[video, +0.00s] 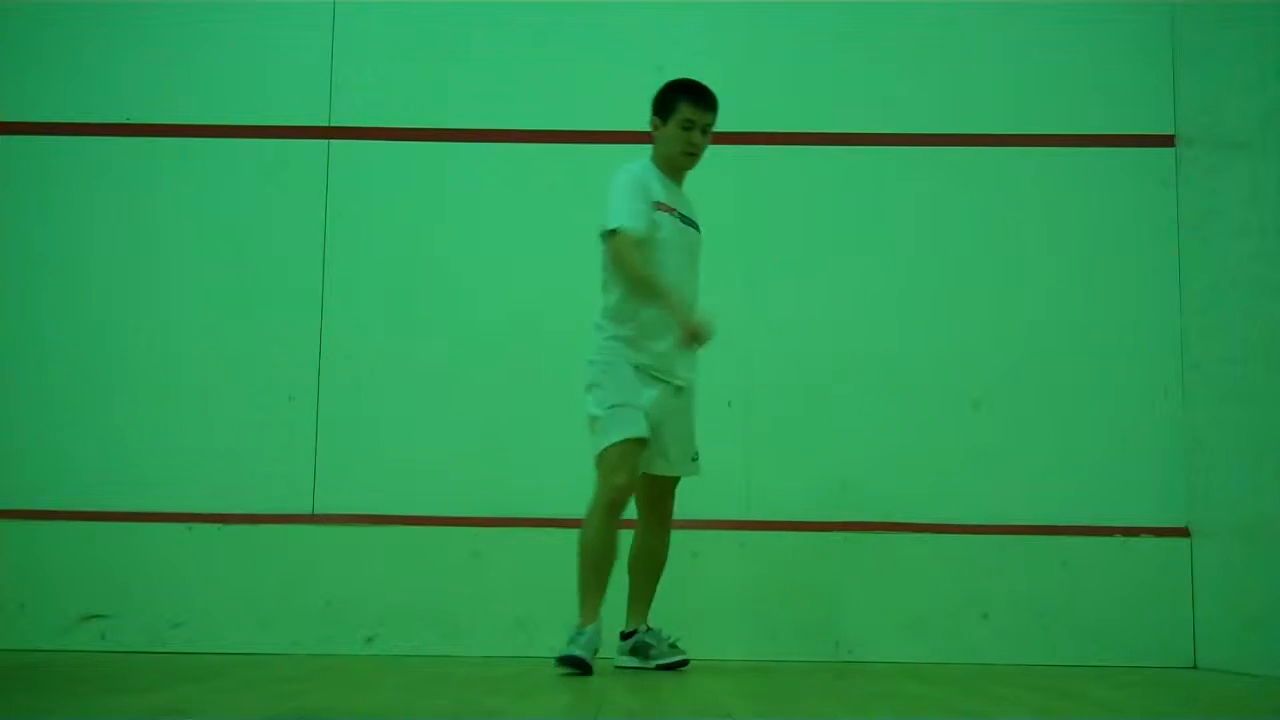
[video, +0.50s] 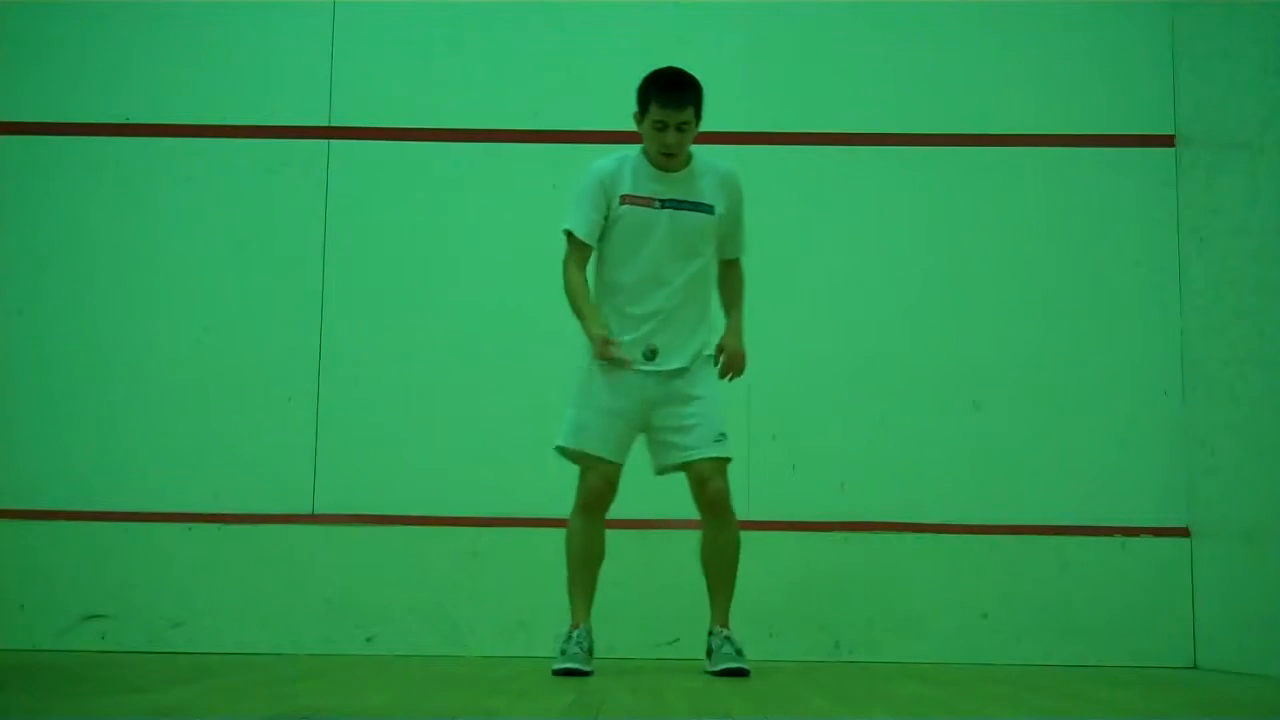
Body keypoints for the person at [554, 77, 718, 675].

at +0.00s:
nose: (695, 140)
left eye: (704, 131)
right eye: (686, 127)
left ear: (709, 139)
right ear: (657, 125)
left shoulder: (684, 206)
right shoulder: (633, 179)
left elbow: (671, 281)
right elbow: (623, 256)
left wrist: (679, 341)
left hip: (672, 373)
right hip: (623, 362)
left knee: (658, 498)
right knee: (616, 484)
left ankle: (637, 630)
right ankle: (586, 629)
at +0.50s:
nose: (670, 140)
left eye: (682, 128)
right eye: (659, 127)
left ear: (698, 125)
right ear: (639, 122)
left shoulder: (723, 185)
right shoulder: (608, 177)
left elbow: (731, 264)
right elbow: (573, 265)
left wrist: (734, 330)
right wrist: (594, 331)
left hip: (690, 372)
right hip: (616, 367)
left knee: (716, 495)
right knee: (594, 491)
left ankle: (721, 633)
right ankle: (578, 631)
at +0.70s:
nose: (698, 135)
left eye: (709, 124)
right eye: (687, 122)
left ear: (724, 123)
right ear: (666, 117)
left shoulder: (750, 178)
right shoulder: (629, 171)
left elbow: (773, 255)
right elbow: (591, 252)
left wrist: (770, 327)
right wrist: (568, 336)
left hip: (718, 353)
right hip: (646, 346)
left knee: (724, 491)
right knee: (629, 425)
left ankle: (723, 632)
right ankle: (642, 568)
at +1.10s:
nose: (709, 155)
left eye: (721, 144)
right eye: (699, 143)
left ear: (736, 145)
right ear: (680, 140)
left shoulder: (763, 226)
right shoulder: (641, 207)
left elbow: (787, 298)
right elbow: (602, 288)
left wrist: (805, 346)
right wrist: (589, 376)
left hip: (727, 373)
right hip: (657, 358)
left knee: (737, 497)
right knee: (686, 405)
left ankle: (722, 634)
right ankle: (710, 536)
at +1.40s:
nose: (680, 114)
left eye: (692, 104)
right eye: (670, 102)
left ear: (705, 110)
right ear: (649, 104)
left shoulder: (734, 191)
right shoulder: (609, 181)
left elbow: (760, 268)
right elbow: (584, 264)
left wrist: (770, 321)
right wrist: (582, 344)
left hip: (704, 362)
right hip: (630, 356)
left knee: (715, 497)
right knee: (606, 453)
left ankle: (721, 631)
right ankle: (637, 592)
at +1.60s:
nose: (654, 124)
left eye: (666, 113)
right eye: (644, 111)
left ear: (681, 116)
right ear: (621, 109)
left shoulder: (702, 195)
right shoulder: (581, 180)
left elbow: (731, 278)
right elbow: (533, 247)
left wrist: (748, 345)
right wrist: (518, 334)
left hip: (669, 361)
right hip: (599, 364)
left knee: (652, 457)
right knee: (602, 499)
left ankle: (684, 590)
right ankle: (636, 629)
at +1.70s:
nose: (646, 115)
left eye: (658, 103)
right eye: (635, 101)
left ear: (671, 101)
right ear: (611, 93)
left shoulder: (690, 176)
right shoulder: (567, 151)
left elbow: (726, 250)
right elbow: (508, 205)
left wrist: (742, 316)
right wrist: (485, 290)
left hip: (652, 333)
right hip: (585, 336)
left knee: (625, 440)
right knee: (584, 479)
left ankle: (630, 600)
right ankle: (632, 606)